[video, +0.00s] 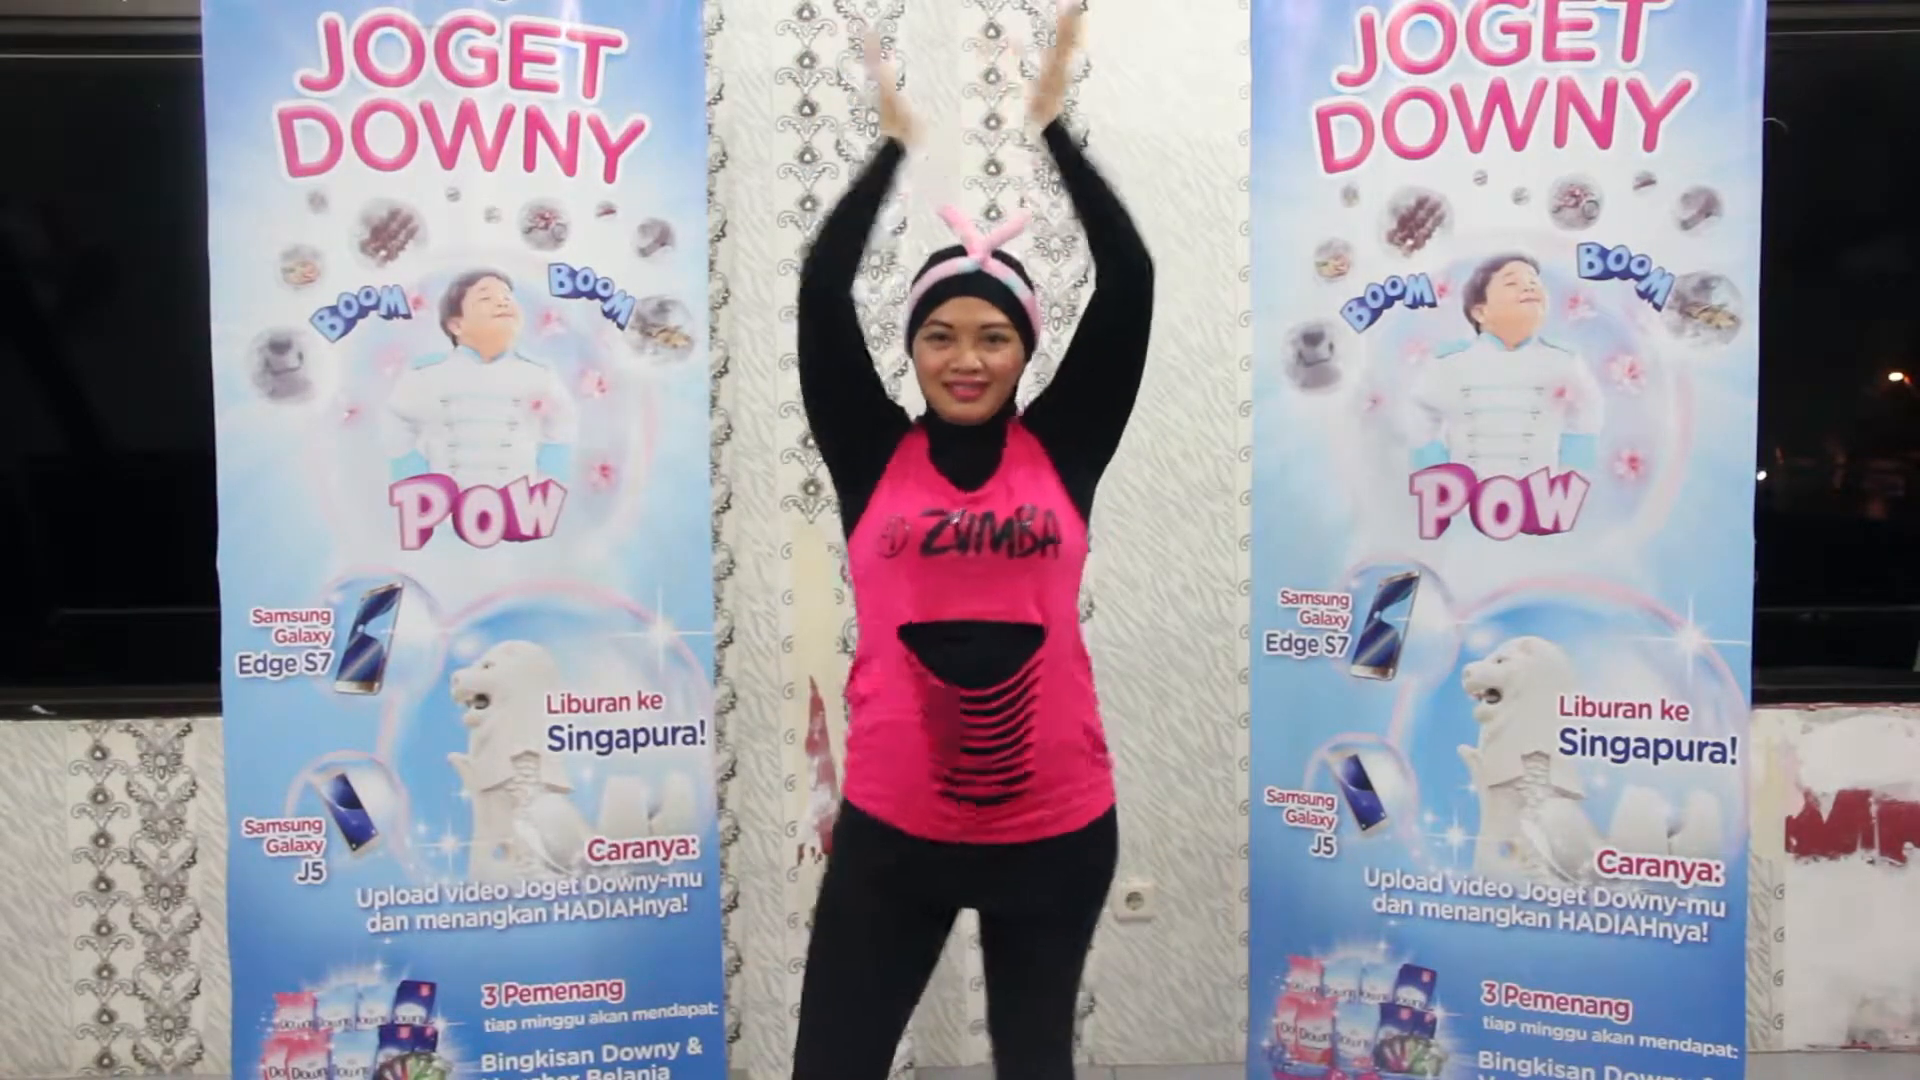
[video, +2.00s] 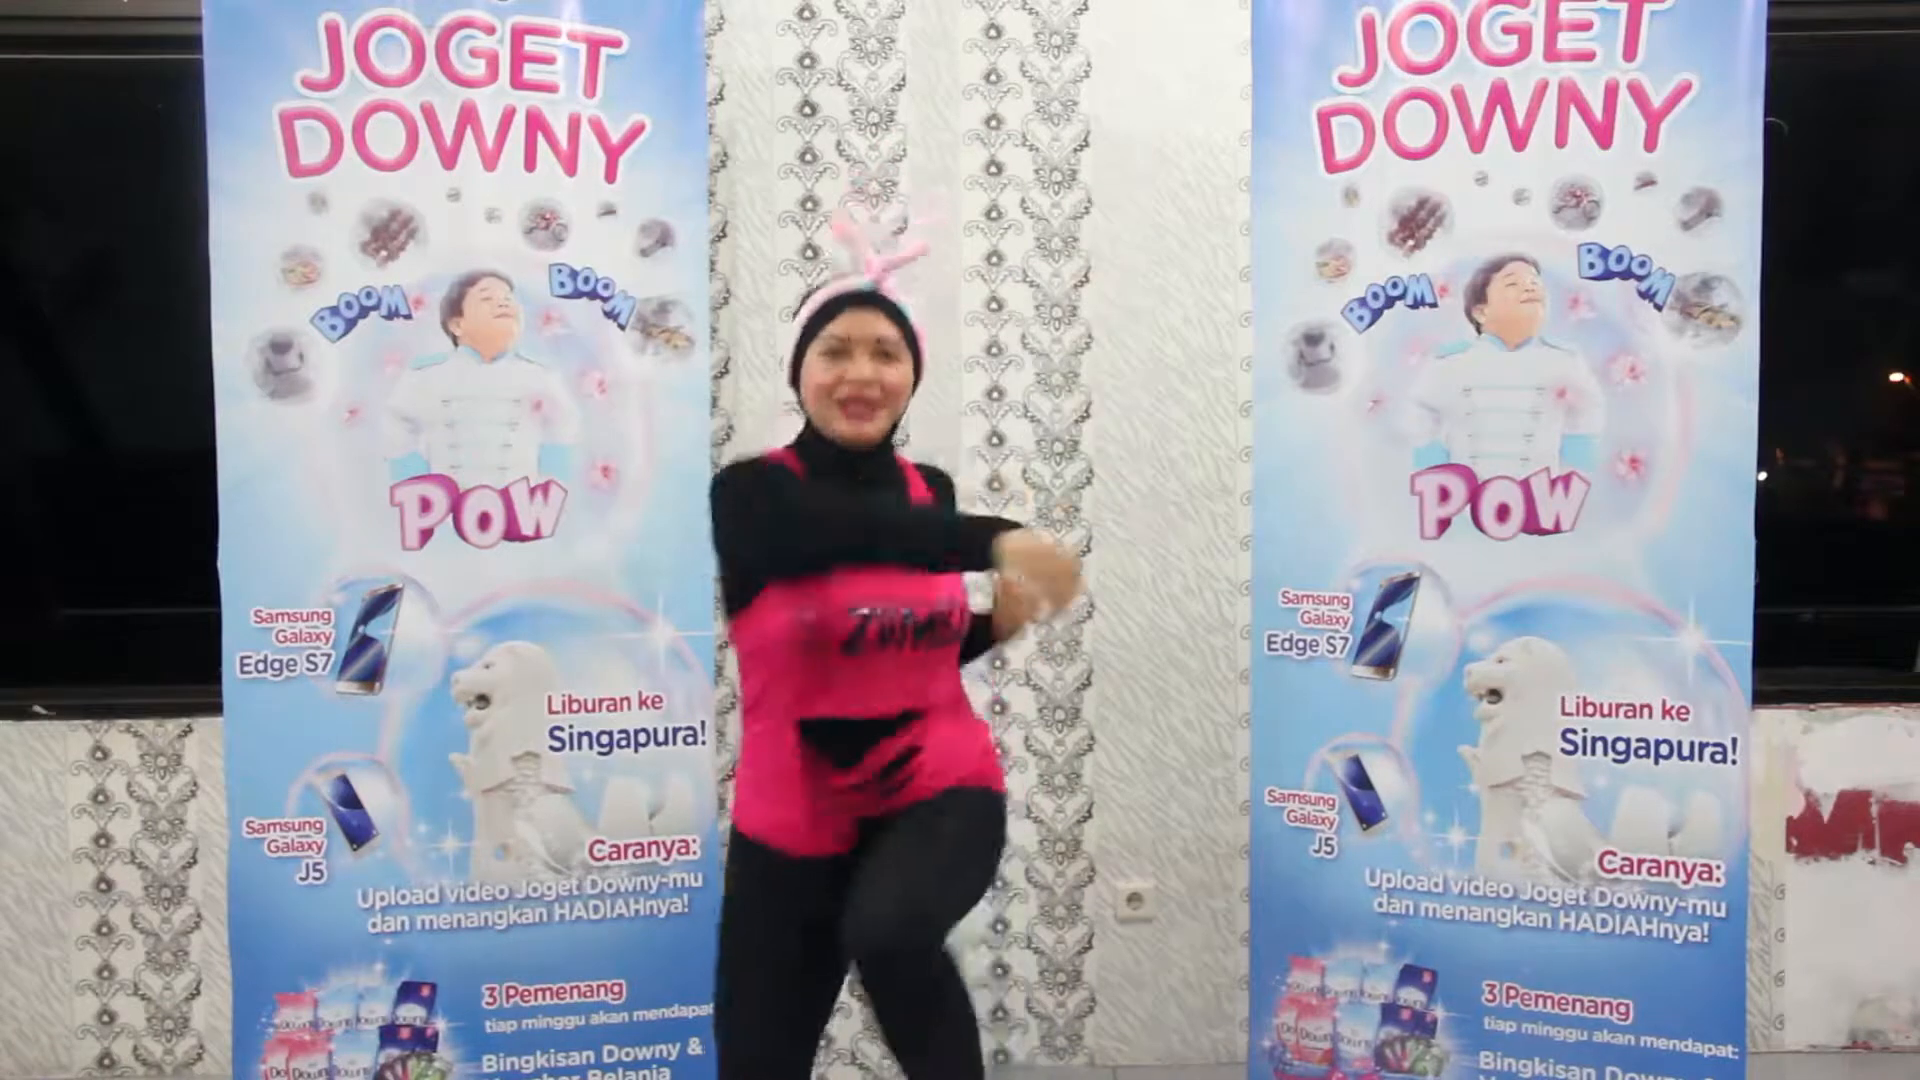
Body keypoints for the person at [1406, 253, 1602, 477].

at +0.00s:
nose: (1528, 286)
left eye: (1534, 281)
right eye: (1510, 282)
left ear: (1545, 300)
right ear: (1478, 311)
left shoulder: (1564, 363)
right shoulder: (1446, 366)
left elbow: (1583, 422)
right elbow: (1415, 415)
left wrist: (1567, 484)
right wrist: (1433, 475)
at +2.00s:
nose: (1529, 287)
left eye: (1535, 281)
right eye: (1511, 283)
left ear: (1544, 299)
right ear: (1479, 311)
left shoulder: (1565, 363)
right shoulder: (1447, 365)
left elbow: (1584, 429)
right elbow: (1417, 421)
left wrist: (1566, 491)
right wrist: (1435, 481)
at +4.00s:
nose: (1529, 287)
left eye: (1534, 281)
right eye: (1511, 283)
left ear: (1545, 299)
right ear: (1479, 311)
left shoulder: (1565, 364)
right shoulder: (1447, 367)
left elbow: (1585, 426)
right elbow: (1413, 415)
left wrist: (1567, 483)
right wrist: (1435, 473)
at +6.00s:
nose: (1529, 287)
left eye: (1534, 281)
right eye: (1511, 283)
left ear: (1545, 299)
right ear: (1479, 311)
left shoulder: (1565, 365)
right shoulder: (1445, 368)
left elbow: (1583, 437)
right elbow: (1415, 424)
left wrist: (1564, 495)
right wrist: (1438, 482)